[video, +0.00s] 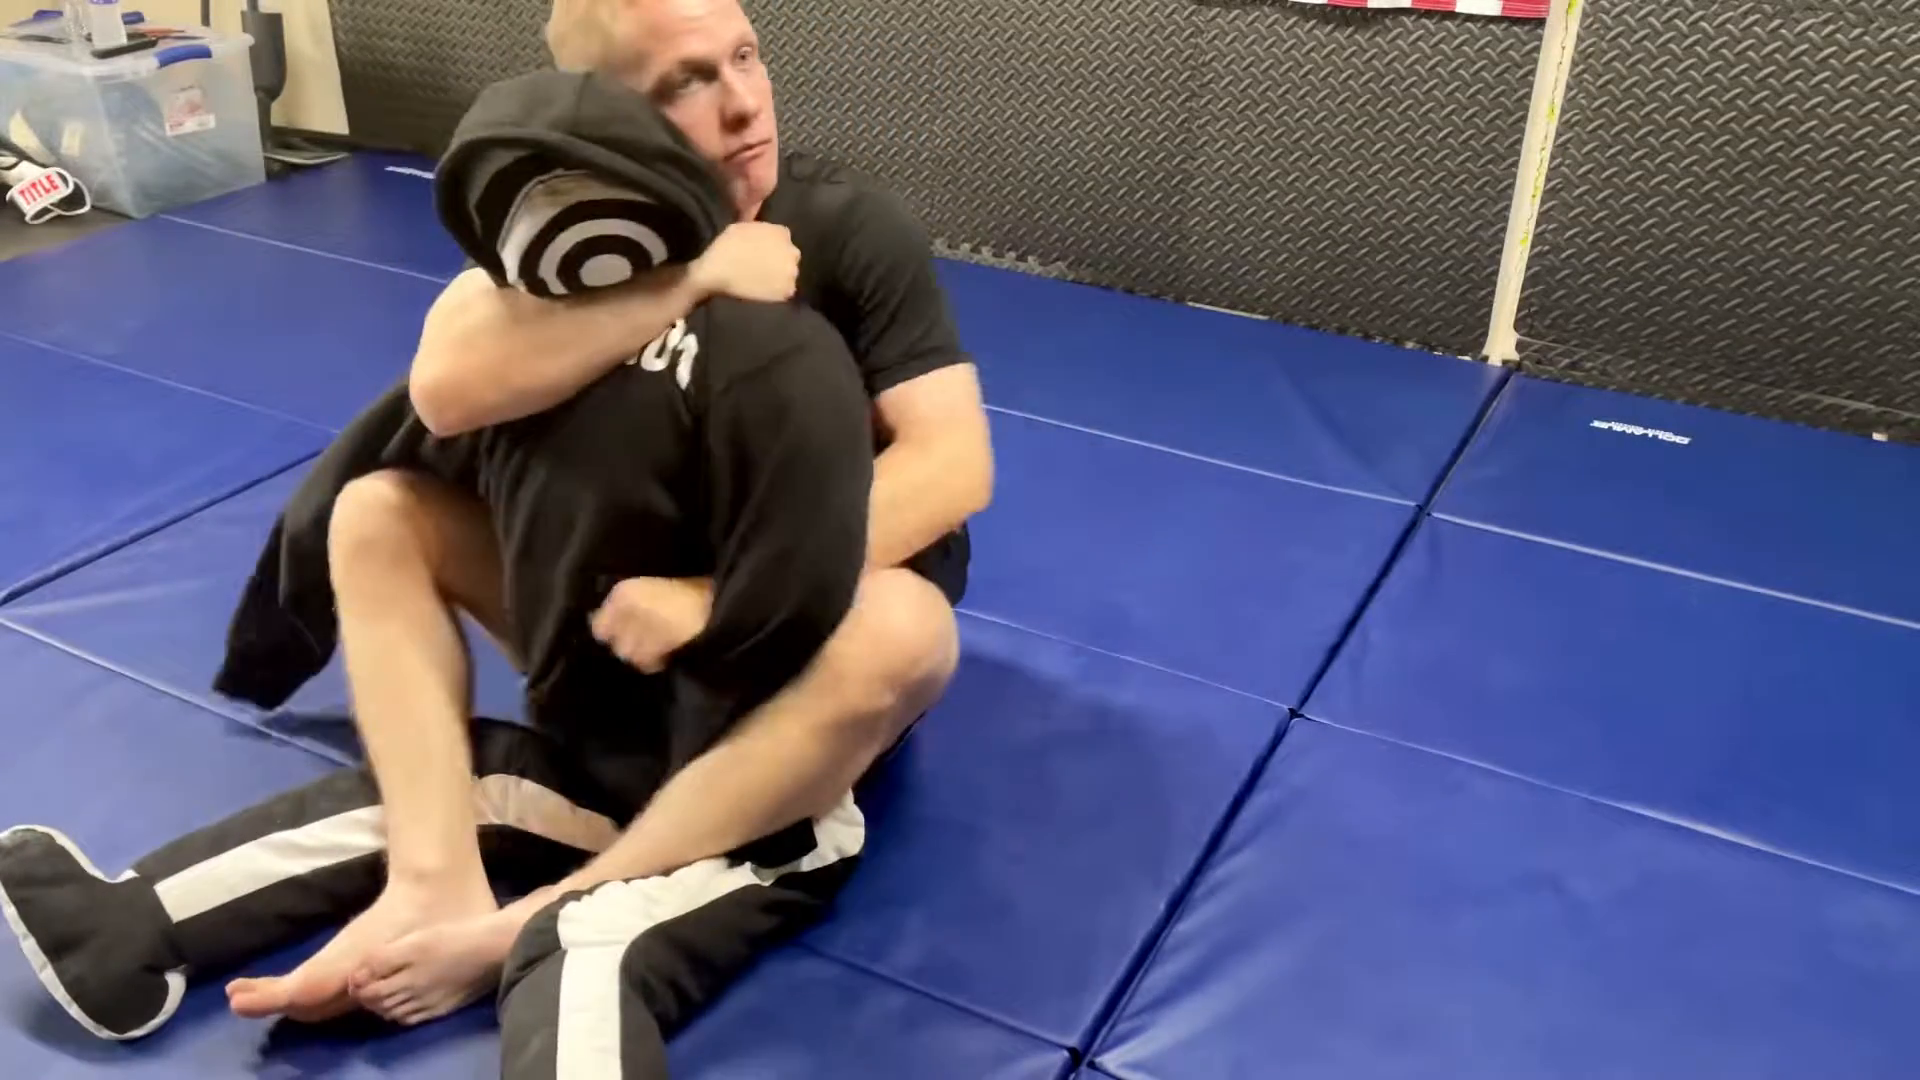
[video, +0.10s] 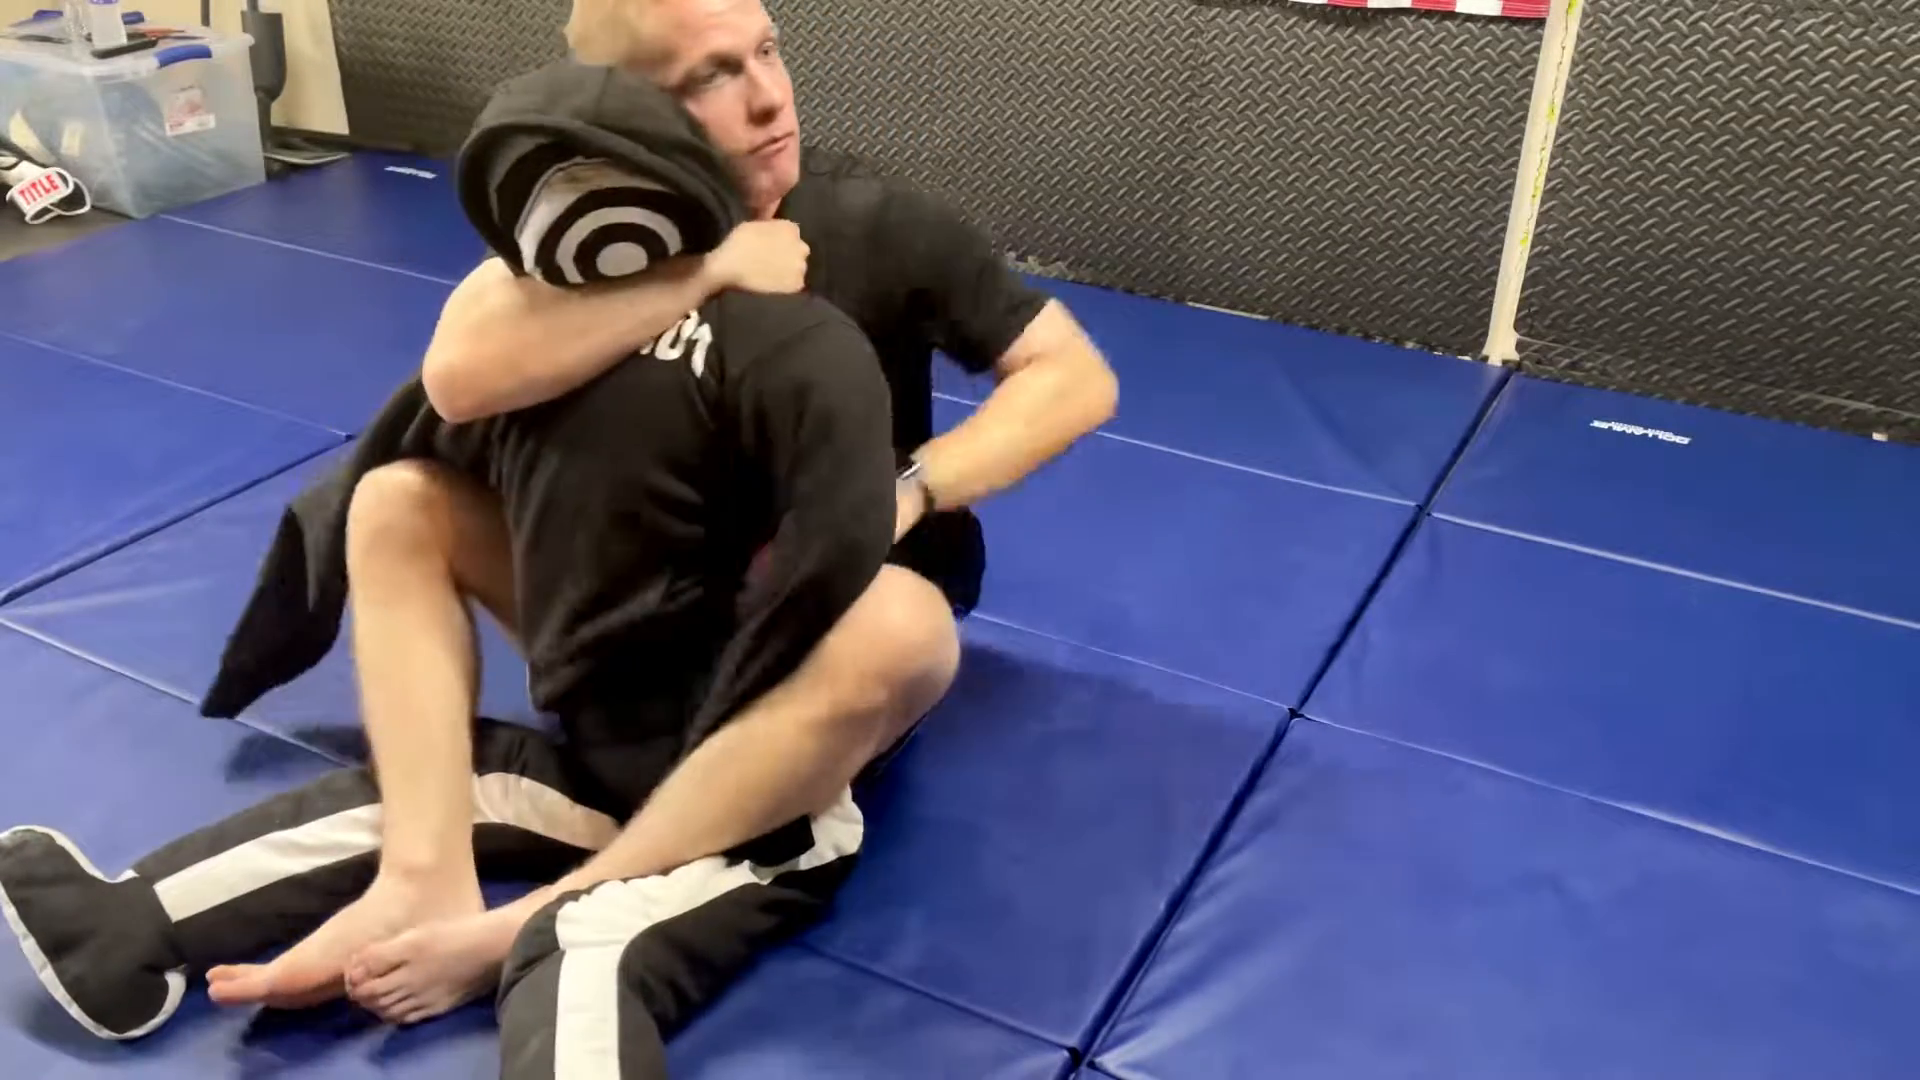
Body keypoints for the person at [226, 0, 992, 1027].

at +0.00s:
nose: (743, 103)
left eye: (744, 58)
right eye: (689, 87)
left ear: (762, 51)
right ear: (603, 122)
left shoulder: (850, 225)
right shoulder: (561, 240)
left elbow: (951, 464)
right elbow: (444, 388)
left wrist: (726, 598)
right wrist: (691, 277)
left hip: (806, 571)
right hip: (612, 569)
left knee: (901, 636)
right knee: (378, 513)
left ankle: (543, 919)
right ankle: (435, 885)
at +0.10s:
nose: (763, 97)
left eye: (762, 55)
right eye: (711, 80)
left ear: (786, 57)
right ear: (627, 122)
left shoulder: (880, 229)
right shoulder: (580, 253)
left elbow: (1079, 379)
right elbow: (455, 379)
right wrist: (709, 268)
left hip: (803, 591)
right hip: (626, 572)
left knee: (906, 634)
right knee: (395, 501)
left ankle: (541, 918)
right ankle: (424, 879)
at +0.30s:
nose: (859, 46)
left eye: (852, 20)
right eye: (812, 26)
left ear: (850, 53)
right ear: (708, 78)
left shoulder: (911, 219)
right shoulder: (628, 219)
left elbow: (1148, 381)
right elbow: (489, 361)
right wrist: (748, 278)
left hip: (827, 581)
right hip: (630, 545)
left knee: (909, 609)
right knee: (407, 481)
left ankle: (554, 920)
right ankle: (440, 866)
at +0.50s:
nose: (927, 66)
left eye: (927, 39)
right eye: (889, 38)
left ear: (928, 62)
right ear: (783, 59)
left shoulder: (957, 232)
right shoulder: (663, 196)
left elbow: (861, 253)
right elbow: (541, 299)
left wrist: (747, 162)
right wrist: (802, 253)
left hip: (815, 561)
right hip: (627, 525)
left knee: (915, 590)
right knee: (431, 473)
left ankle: (610, 902)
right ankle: (512, 844)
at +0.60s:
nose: (864, 93)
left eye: (886, 58)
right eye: (828, 67)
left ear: (913, 67)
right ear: (756, 81)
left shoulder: (961, 237)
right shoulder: (668, 204)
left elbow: (788, 267)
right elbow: (536, 305)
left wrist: (756, 161)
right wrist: (783, 260)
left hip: (822, 589)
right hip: (636, 549)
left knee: (918, 585)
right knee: (441, 462)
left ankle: (608, 895)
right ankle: (514, 834)